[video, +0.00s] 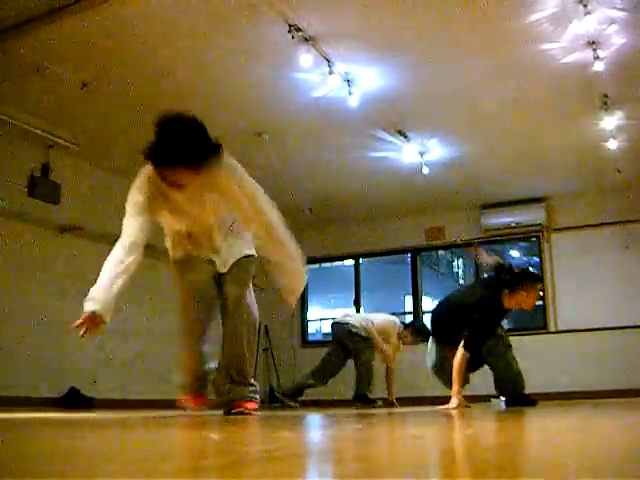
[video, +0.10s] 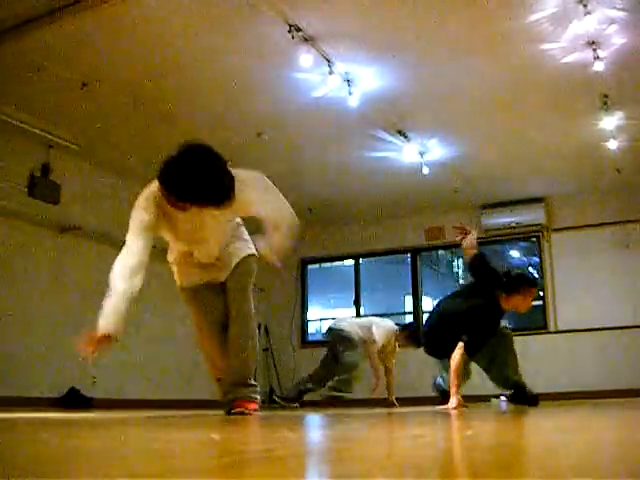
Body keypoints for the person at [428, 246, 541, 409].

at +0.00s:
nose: (537, 299)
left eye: (537, 294)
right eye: (535, 294)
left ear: (521, 292)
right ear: (522, 293)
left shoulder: (506, 277)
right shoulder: (489, 312)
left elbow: (491, 261)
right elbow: (462, 353)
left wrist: (477, 251)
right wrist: (455, 396)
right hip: (445, 336)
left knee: (498, 343)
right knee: (456, 381)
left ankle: (513, 394)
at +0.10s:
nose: (531, 304)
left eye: (533, 298)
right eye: (530, 298)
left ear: (515, 293)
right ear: (516, 295)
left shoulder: (493, 281)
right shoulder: (488, 317)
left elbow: (472, 256)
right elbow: (458, 355)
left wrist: (469, 240)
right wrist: (454, 394)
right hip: (439, 340)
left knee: (500, 341)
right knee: (461, 375)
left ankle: (514, 389)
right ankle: (442, 386)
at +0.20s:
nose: (516, 306)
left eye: (517, 300)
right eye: (515, 300)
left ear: (497, 291)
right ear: (502, 295)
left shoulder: (473, 278)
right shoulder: (478, 315)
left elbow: (458, 252)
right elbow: (453, 356)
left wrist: (481, 242)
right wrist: (454, 395)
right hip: (432, 350)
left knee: (493, 351)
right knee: (455, 379)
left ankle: (522, 384)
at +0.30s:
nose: (505, 304)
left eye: (507, 300)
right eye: (505, 299)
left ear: (491, 293)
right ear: (491, 294)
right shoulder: (464, 310)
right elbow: (448, 354)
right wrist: (454, 394)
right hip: (426, 357)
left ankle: (438, 387)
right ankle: (438, 389)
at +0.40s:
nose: (504, 306)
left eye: (506, 301)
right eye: (503, 300)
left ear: (487, 295)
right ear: (487, 296)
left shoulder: (472, 291)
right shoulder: (460, 308)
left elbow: (486, 329)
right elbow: (446, 354)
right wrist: (453, 396)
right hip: (412, 345)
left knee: (433, 388)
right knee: (432, 390)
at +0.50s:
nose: (499, 314)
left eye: (502, 309)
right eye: (499, 307)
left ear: (484, 302)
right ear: (483, 300)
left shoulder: (472, 317)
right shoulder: (452, 307)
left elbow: (458, 347)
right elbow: (442, 354)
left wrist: (471, 374)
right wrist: (453, 396)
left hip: (417, 345)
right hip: (395, 336)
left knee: (416, 385)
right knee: (372, 369)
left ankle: (382, 399)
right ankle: (331, 390)